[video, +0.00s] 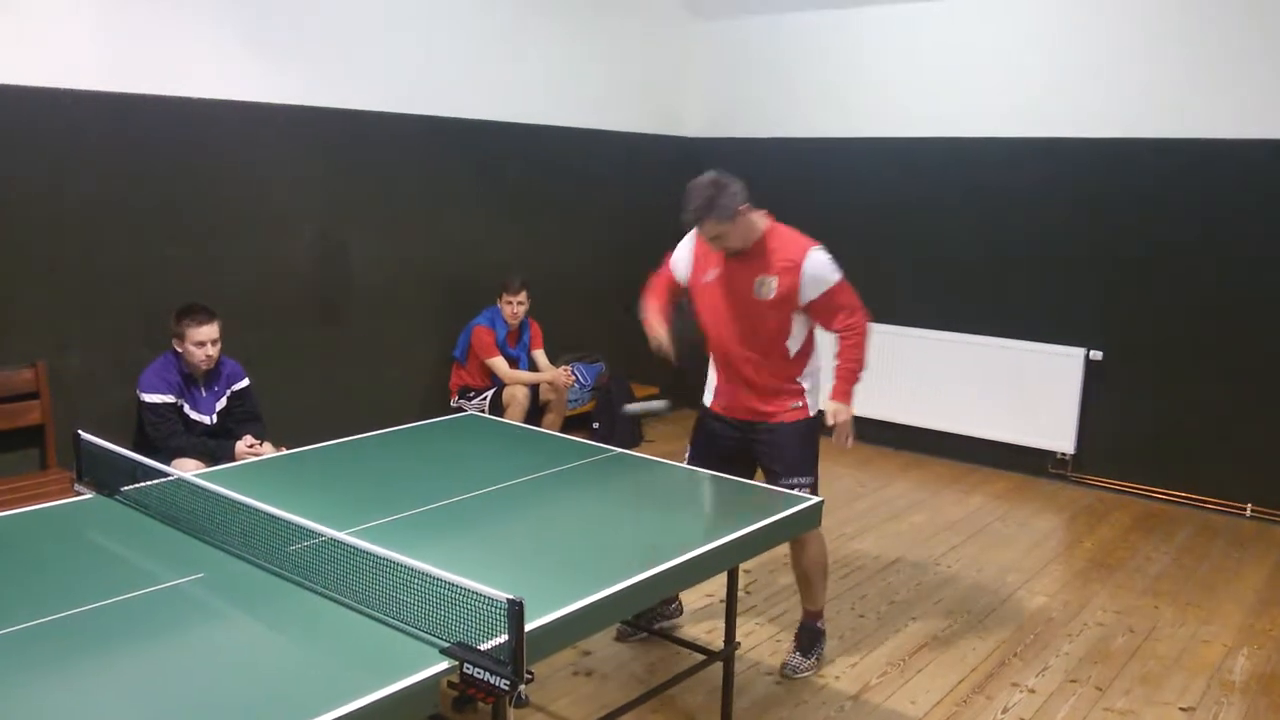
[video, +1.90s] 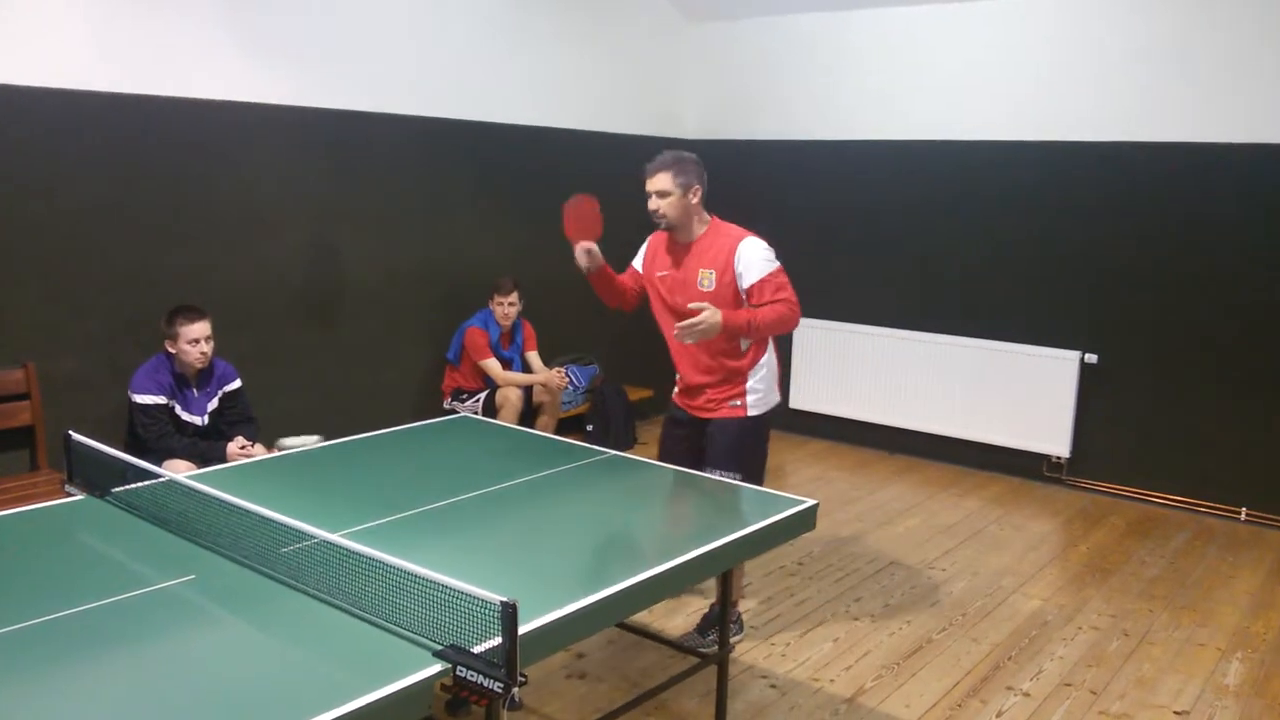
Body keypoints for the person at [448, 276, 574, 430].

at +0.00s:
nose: (515, 310)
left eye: (520, 304)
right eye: (509, 304)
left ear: (528, 305)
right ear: (499, 303)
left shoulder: (531, 328)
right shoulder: (482, 329)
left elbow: (544, 365)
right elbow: (506, 376)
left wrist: (559, 376)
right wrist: (552, 377)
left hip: (504, 391)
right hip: (468, 397)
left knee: (557, 390)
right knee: (520, 394)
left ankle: (545, 453)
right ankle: (505, 452)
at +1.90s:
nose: (506, 311)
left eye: (511, 305)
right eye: (500, 304)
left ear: (520, 306)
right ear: (491, 305)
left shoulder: (524, 328)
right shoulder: (475, 331)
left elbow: (538, 368)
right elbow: (500, 378)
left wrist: (553, 378)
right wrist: (545, 379)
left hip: (498, 391)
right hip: (462, 398)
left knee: (552, 392)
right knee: (513, 396)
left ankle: (540, 455)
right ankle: (501, 455)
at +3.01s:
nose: (509, 309)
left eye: (515, 303)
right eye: (504, 303)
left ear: (524, 304)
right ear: (495, 303)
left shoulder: (528, 327)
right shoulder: (479, 328)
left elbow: (543, 366)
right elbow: (504, 375)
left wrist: (559, 377)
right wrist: (547, 376)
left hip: (503, 387)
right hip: (467, 394)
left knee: (555, 391)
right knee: (516, 392)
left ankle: (540, 450)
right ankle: (503, 449)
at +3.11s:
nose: (511, 310)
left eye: (517, 304)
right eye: (505, 303)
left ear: (526, 305)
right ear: (497, 303)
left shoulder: (530, 328)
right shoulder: (481, 329)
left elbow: (544, 366)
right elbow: (505, 376)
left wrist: (558, 375)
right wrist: (549, 376)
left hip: (504, 388)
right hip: (468, 395)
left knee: (556, 390)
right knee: (518, 393)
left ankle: (544, 451)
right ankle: (504, 451)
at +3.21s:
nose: (511, 310)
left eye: (517, 304)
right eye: (506, 304)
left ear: (526, 305)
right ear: (497, 304)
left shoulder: (531, 328)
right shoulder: (482, 329)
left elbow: (545, 367)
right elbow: (506, 376)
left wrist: (559, 375)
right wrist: (549, 377)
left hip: (504, 388)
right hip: (469, 395)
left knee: (557, 391)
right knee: (518, 393)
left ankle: (544, 451)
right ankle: (507, 451)